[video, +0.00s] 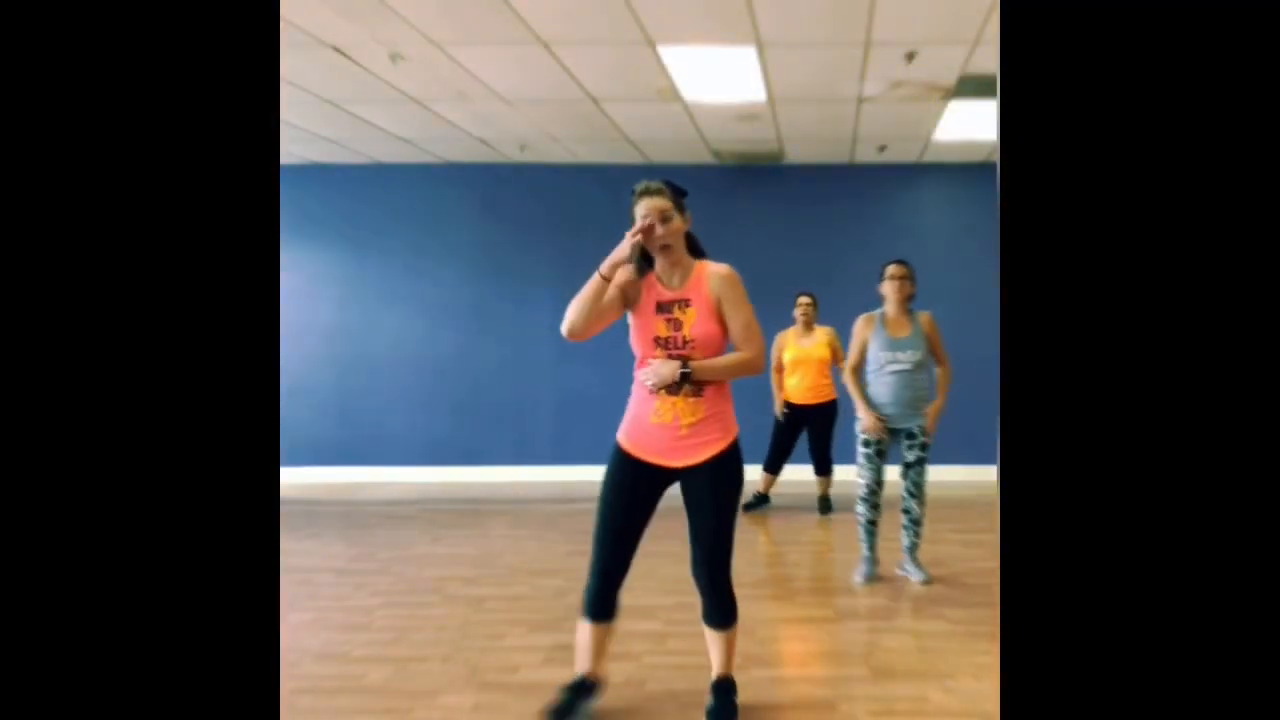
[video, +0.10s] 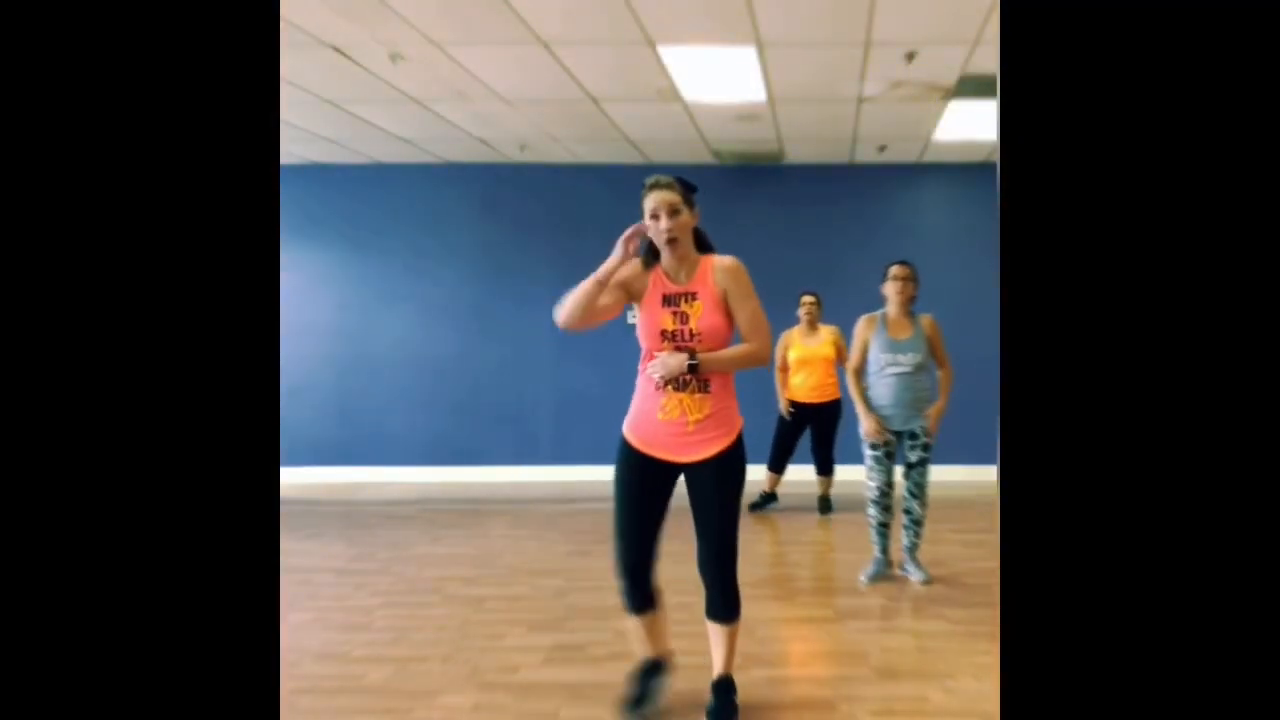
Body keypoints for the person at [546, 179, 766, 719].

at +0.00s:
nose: (656, 229)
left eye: (664, 218)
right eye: (646, 222)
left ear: (685, 221)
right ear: (637, 232)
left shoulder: (718, 278)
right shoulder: (631, 285)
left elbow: (753, 357)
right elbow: (575, 329)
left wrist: (687, 368)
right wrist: (612, 264)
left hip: (710, 444)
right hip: (642, 442)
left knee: (711, 572)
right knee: (605, 568)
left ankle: (722, 686)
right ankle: (586, 678)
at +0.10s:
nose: (664, 223)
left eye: (673, 212)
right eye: (654, 215)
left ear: (694, 215)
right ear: (645, 224)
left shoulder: (725, 271)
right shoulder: (637, 279)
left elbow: (760, 348)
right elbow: (568, 319)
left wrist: (693, 361)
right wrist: (610, 265)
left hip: (714, 439)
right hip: (647, 437)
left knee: (718, 568)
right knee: (632, 566)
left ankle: (722, 683)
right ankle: (657, 658)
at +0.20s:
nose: (670, 225)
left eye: (679, 215)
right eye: (661, 217)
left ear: (700, 221)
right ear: (651, 227)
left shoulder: (729, 274)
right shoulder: (639, 272)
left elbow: (764, 350)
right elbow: (560, 275)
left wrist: (697, 363)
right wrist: (559, 283)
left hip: (715, 442)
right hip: (649, 442)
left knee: (720, 567)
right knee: (668, 571)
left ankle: (725, 683)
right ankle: (696, 669)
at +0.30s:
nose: (672, 226)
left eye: (682, 217)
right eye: (663, 219)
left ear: (703, 225)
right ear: (654, 231)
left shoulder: (730, 283)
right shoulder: (640, 278)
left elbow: (763, 357)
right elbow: (559, 272)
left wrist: (700, 370)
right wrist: (502, 269)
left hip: (721, 445)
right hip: (654, 445)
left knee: (724, 569)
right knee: (636, 564)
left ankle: (726, 684)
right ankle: (677, 654)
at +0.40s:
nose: (668, 228)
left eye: (679, 220)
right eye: (660, 222)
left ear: (700, 232)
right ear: (650, 235)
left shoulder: (727, 289)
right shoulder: (633, 284)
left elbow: (759, 363)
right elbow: (546, 275)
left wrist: (698, 376)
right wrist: (465, 264)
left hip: (723, 451)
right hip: (653, 450)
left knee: (732, 570)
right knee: (600, 559)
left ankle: (727, 682)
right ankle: (631, 638)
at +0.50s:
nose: (662, 230)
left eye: (672, 222)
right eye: (653, 224)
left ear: (692, 235)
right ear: (643, 237)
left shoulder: (716, 294)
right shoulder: (622, 286)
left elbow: (749, 369)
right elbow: (532, 278)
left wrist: (689, 377)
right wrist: (453, 266)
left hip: (716, 454)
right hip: (645, 454)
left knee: (732, 575)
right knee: (584, 563)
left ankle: (728, 685)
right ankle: (574, 643)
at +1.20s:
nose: (624, 234)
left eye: (634, 227)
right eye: (615, 227)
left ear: (650, 237)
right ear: (602, 238)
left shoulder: (677, 297)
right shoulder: (585, 301)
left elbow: (702, 372)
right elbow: (515, 338)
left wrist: (646, 383)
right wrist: (474, 282)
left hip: (652, 457)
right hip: (582, 449)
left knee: (665, 574)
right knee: (563, 562)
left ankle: (686, 668)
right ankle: (532, 669)